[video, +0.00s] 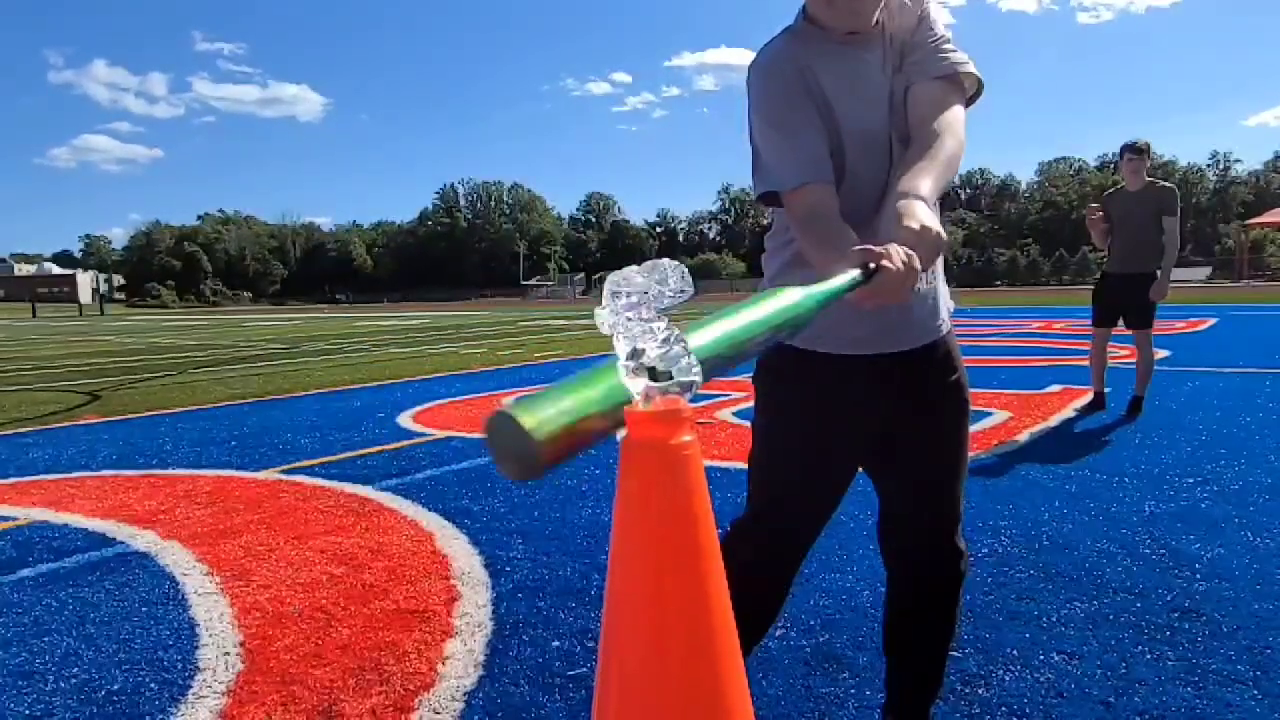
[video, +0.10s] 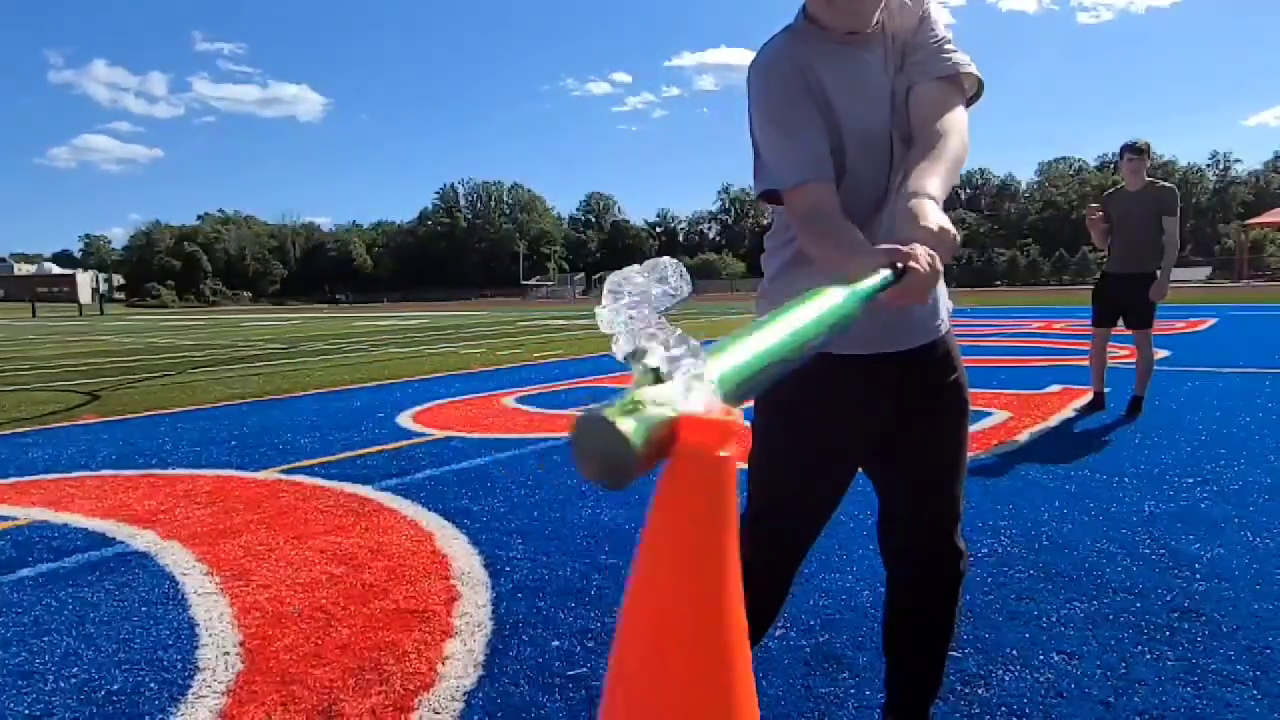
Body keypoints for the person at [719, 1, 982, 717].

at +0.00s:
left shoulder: (922, 23)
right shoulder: (781, 68)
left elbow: (944, 124)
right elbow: (810, 212)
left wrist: (916, 195)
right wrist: (855, 264)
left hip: (920, 357)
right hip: (814, 362)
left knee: (930, 559)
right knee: (765, 551)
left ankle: (908, 712)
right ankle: (684, 693)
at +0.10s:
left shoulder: (921, 22)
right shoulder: (781, 68)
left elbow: (947, 122)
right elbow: (813, 214)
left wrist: (923, 197)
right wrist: (872, 264)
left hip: (921, 360)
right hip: (816, 367)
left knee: (930, 566)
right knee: (760, 570)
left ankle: (909, 712)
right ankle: (691, 698)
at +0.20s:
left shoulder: (918, 21)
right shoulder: (781, 68)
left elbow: (949, 123)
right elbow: (816, 212)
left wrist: (926, 195)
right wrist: (876, 264)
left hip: (921, 355)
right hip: (817, 363)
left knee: (929, 565)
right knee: (759, 571)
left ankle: (909, 712)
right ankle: (698, 700)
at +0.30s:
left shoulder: (920, 21)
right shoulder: (782, 66)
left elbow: (950, 121)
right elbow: (818, 210)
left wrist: (938, 195)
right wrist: (894, 267)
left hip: (918, 346)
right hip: (807, 357)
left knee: (929, 560)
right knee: (778, 561)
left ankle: (909, 712)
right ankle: (748, 706)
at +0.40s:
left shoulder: (916, 19)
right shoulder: (783, 64)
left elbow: (948, 124)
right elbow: (818, 209)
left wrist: (945, 197)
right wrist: (896, 265)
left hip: (915, 339)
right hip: (807, 347)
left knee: (927, 554)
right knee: (769, 540)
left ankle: (907, 712)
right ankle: (719, 699)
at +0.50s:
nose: (867, 0)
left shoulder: (916, 20)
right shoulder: (783, 62)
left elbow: (946, 122)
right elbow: (821, 211)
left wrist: (961, 202)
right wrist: (912, 265)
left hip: (914, 328)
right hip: (808, 336)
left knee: (930, 544)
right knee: (773, 534)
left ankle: (908, 706)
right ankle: (703, 702)